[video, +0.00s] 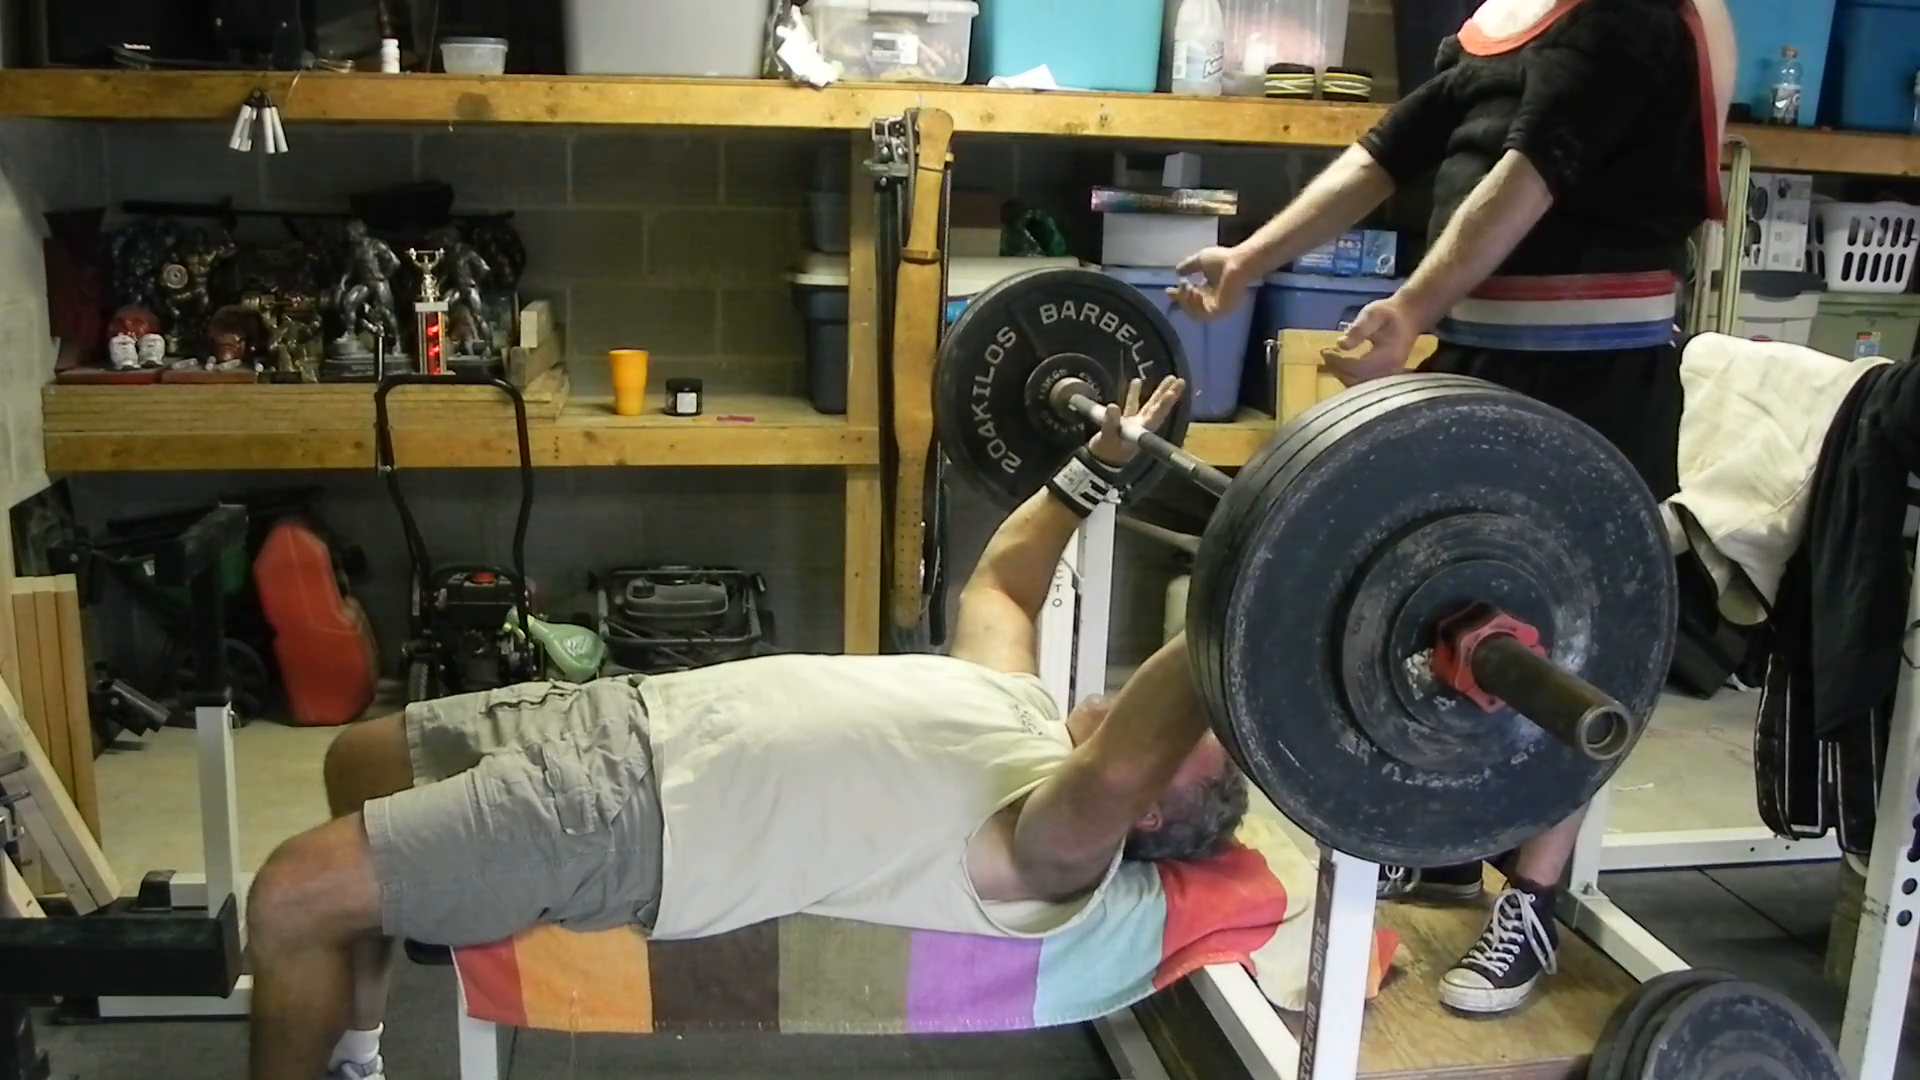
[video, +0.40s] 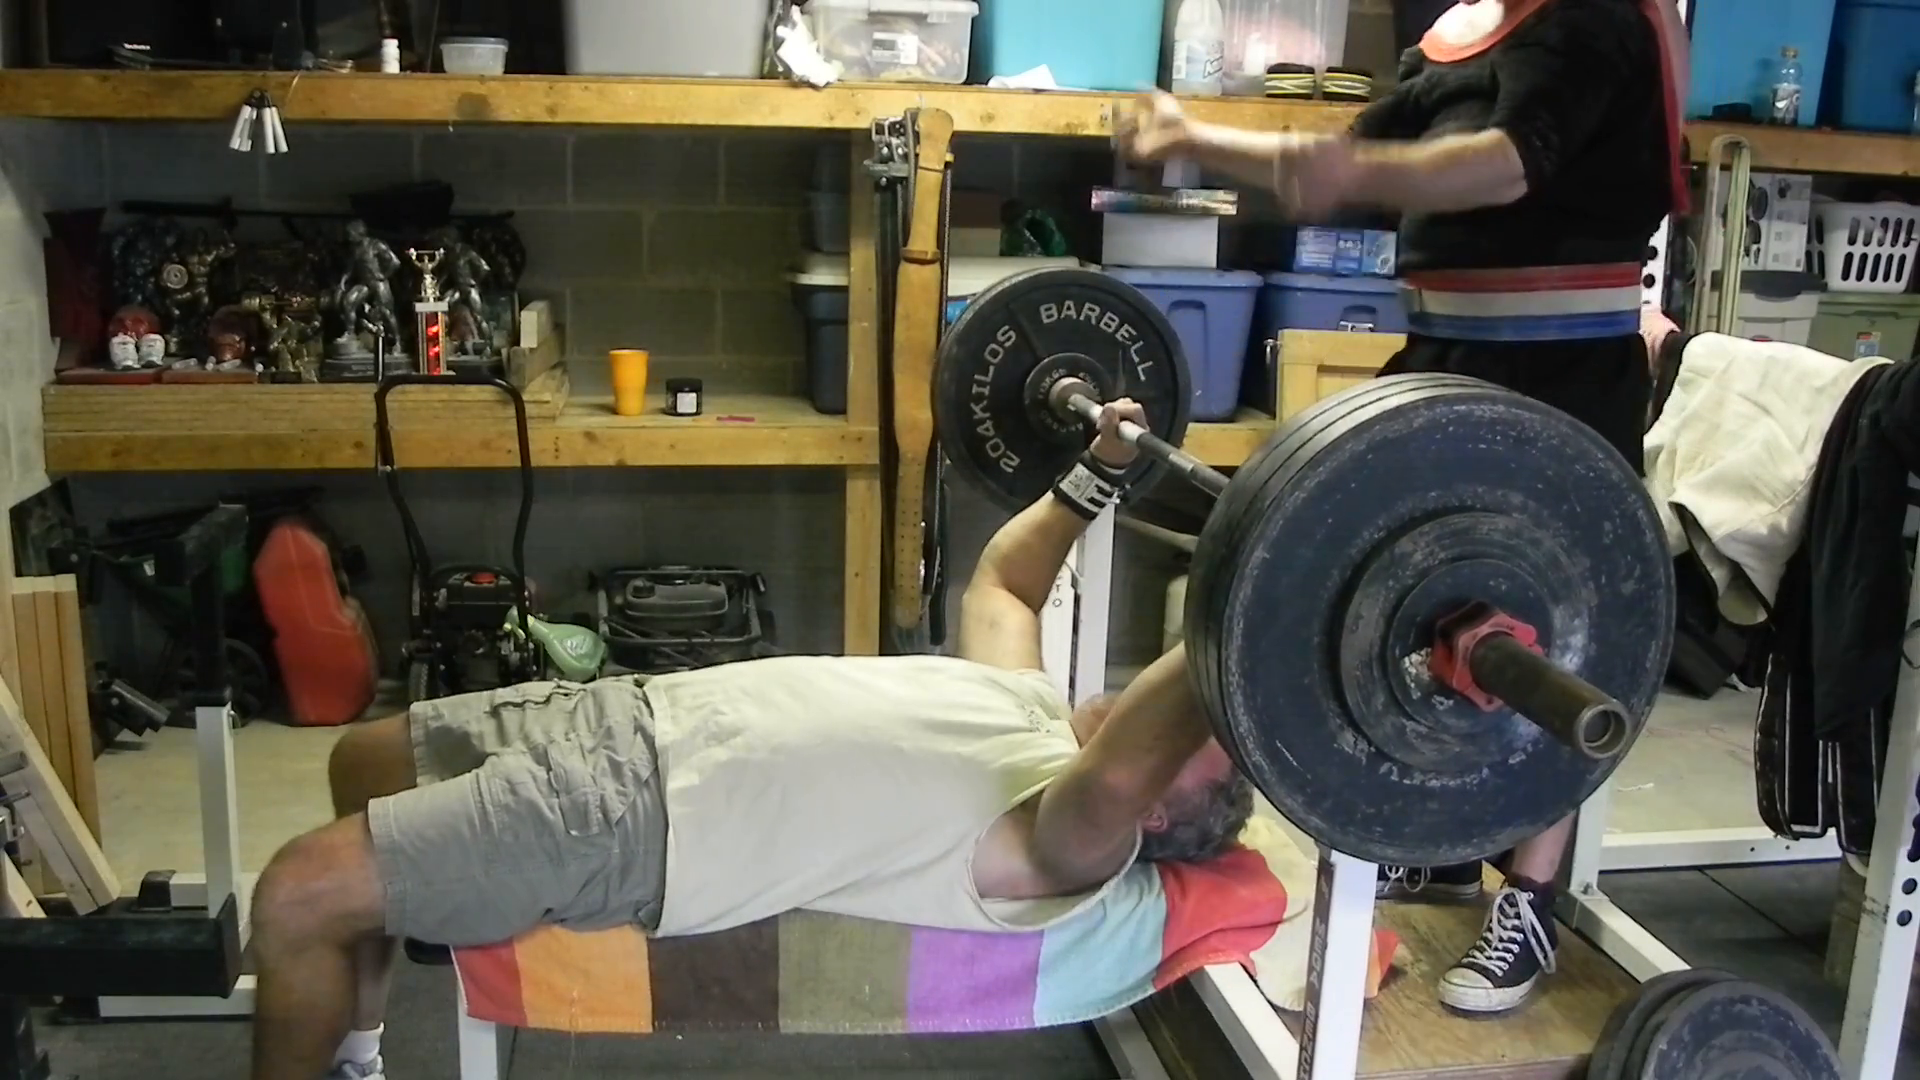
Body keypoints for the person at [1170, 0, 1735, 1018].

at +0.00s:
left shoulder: (1630, 17)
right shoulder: (1489, 24)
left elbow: (1531, 170)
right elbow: (1381, 157)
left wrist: (1410, 307)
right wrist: (1246, 257)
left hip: (1595, 374)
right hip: (1468, 362)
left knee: (1567, 627)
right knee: (1440, 603)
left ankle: (1530, 898)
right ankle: (1442, 839)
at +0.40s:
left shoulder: (1598, 24)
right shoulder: (1457, 32)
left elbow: (1502, 163)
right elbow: (1351, 146)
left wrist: (1337, 178)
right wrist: (1200, 137)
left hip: (1569, 383)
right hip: (1450, 367)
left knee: (1553, 637)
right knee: (1432, 607)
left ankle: (1530, 894)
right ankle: (1440, 836)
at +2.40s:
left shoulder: (1647, 18)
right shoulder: (1489, 19)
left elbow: (1542, 160)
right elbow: (1399, 150)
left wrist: (1382, 67)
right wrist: (1323, 62)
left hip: (1593, 372)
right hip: (1467, 358)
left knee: (1575, 640)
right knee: (1443, 609)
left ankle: (1539, 909)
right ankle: (1446, 840)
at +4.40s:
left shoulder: (1610, 27)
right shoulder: (1487, 14)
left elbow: (1500, 184)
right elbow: (1400, 120)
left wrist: (1309, 162)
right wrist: (1260, 39)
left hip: (1577, 382)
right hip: (1458, 365)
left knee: (1566, 646)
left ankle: (1536, 918)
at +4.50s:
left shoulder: (1584, 32)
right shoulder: (1469, 34)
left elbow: (1491, 193)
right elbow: (1373, 129)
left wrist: (1305, 228)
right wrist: (1225, 98)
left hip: (1553, 385)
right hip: (1436, 370)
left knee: (1554, 650)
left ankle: (1535, 918)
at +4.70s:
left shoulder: (1511, 26)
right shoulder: (1395, 30)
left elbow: (1467, 214)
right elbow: (1306, 166)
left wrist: (1353, 377)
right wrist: (1170, 239)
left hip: (1518, 374)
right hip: (1413, 370)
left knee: (1526, 637)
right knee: (1366, 611)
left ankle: (1530, 916)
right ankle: (1332, 817)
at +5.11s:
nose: (1172, 13)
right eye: (1170, 6)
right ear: (1223, 1)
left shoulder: (1378, 33)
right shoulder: (1243, 85)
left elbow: (1393, 225)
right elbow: (1204, 234)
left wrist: (1340, 407)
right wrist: (1154, 385)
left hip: (1462, 339)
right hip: (1346, 351)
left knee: (1464, 619)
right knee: (1324, 603)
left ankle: (1468, 888)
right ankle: (1335, 856)